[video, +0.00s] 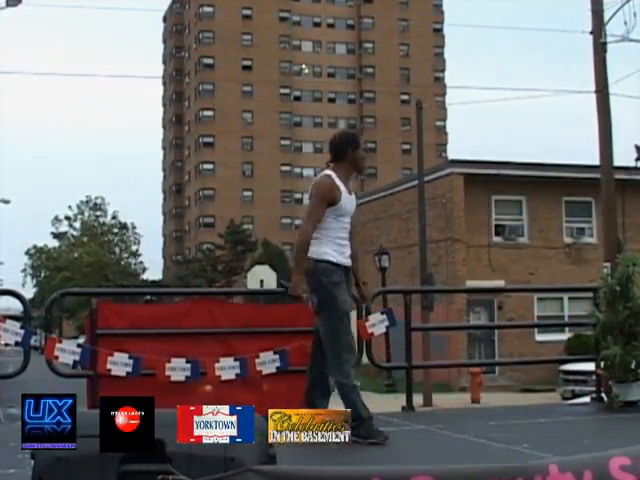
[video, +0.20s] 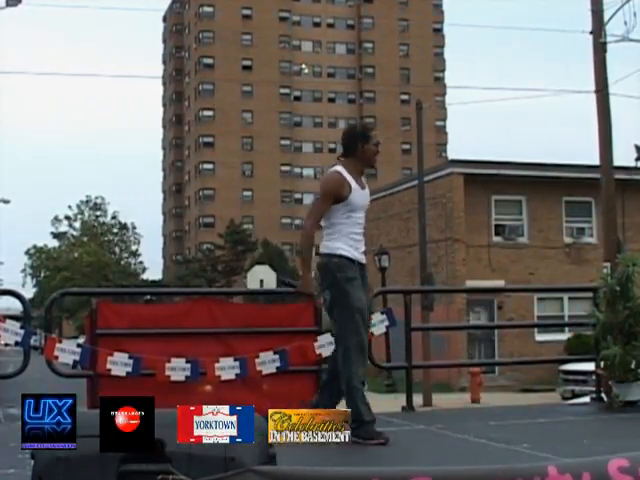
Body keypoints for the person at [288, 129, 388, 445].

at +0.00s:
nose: (364, 157)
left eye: (363, 152)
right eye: (361, 152)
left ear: (345, 154)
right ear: (350, 154)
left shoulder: (346, 187)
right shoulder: (326, 183)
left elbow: (345, 241)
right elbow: (306, 231)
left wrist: (356, 282)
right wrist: (297, 275)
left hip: (340, 270)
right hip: (324, 269)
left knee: (326, 348)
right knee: (341, 350)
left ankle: (314, 417)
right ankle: (361, 423)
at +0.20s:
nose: (378, 151)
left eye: (377, 146)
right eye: (374, 146)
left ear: (361, 149)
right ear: (358, 148)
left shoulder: (361, 182)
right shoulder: (336, 179)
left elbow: (356, 236)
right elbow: (309, 225)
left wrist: (364, 278)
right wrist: (305, 273)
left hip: (356, 266)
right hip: (337, 265)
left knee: (352, 342)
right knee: (353, 342)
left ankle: (322, 409)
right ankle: (361, 424)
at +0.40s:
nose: (385, 146)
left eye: (384, 141)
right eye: (379, 141)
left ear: (369, 146)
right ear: (361, 145)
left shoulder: (372, 178)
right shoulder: (341, 178)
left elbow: (364, 228)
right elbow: (323, 227)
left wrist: (376, 259)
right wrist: (329, 278)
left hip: (373, 266)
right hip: (350, 266)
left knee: (391, 340)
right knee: (357, 345)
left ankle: (353, 400)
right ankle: (361, 426)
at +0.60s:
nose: (397, 142)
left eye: (396, 137)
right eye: (390, 136)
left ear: (385, 144)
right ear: (372, 142)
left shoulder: (385, 178)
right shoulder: (356, 177)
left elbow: (377, 227)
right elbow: (336, 225)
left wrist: (386, 263)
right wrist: (351, 272)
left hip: (386, 267)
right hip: (363, 268)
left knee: (400, 346)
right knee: (362, 350)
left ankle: (423, 421)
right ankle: (361, 426)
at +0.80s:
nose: (414, 141)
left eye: (414, 136)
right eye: (408, 135)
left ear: (407, 143)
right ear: (389, 140)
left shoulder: (403, 179)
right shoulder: (373, 175)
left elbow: (399, 229)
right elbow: (360, 224)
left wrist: (409, 268)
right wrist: (367, 275)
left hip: (406, 269)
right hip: (380, 270)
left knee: (421, 348)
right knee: (375, 351)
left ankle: (440, 424)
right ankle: (362, 426)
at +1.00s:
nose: (436, 137)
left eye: (438, 132)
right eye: (429, 131)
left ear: (436, 139)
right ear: (411, 137)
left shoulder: (430, 180)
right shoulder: (393, 170)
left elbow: (428, 227)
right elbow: (372, 217)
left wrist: (436, 261)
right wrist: (378, 266)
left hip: (432, 265)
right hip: (403, 265)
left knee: (439, 348)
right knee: (403, 347)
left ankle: (442, 426)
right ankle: (367, 417)